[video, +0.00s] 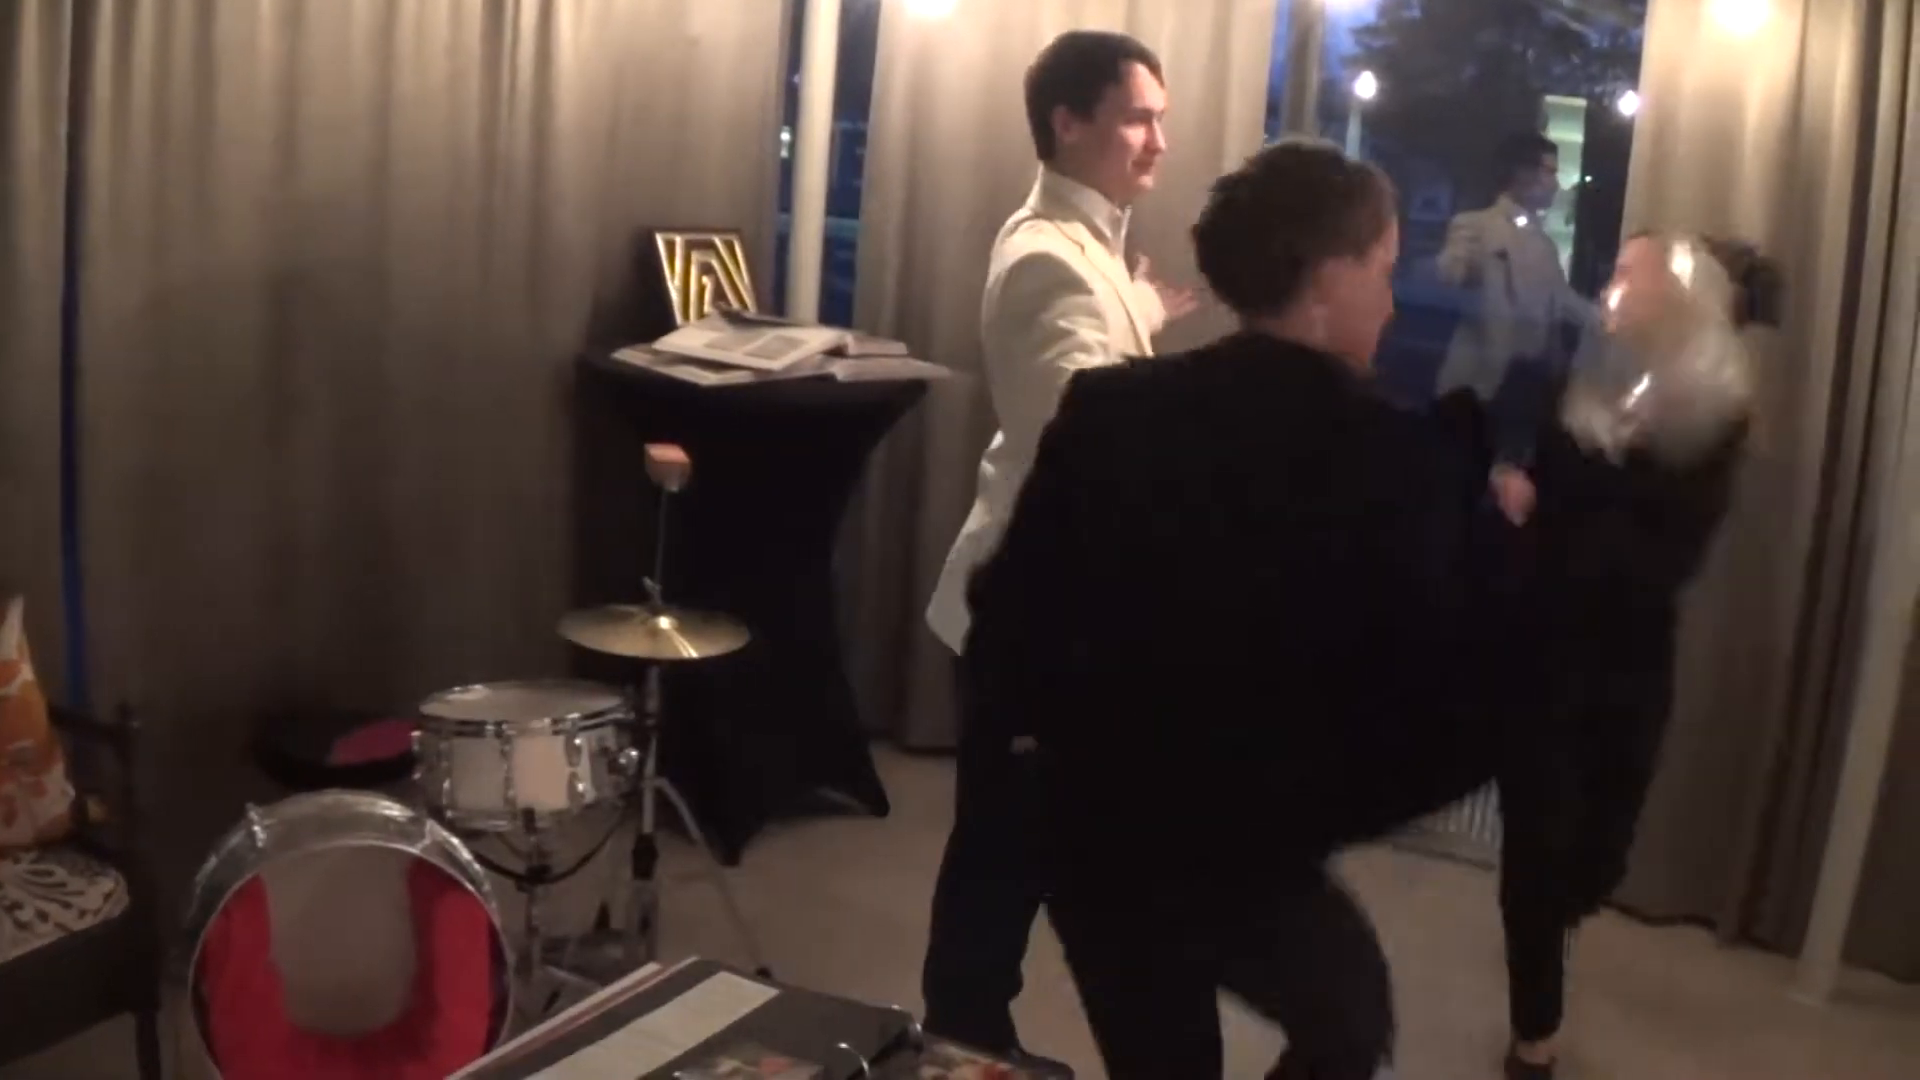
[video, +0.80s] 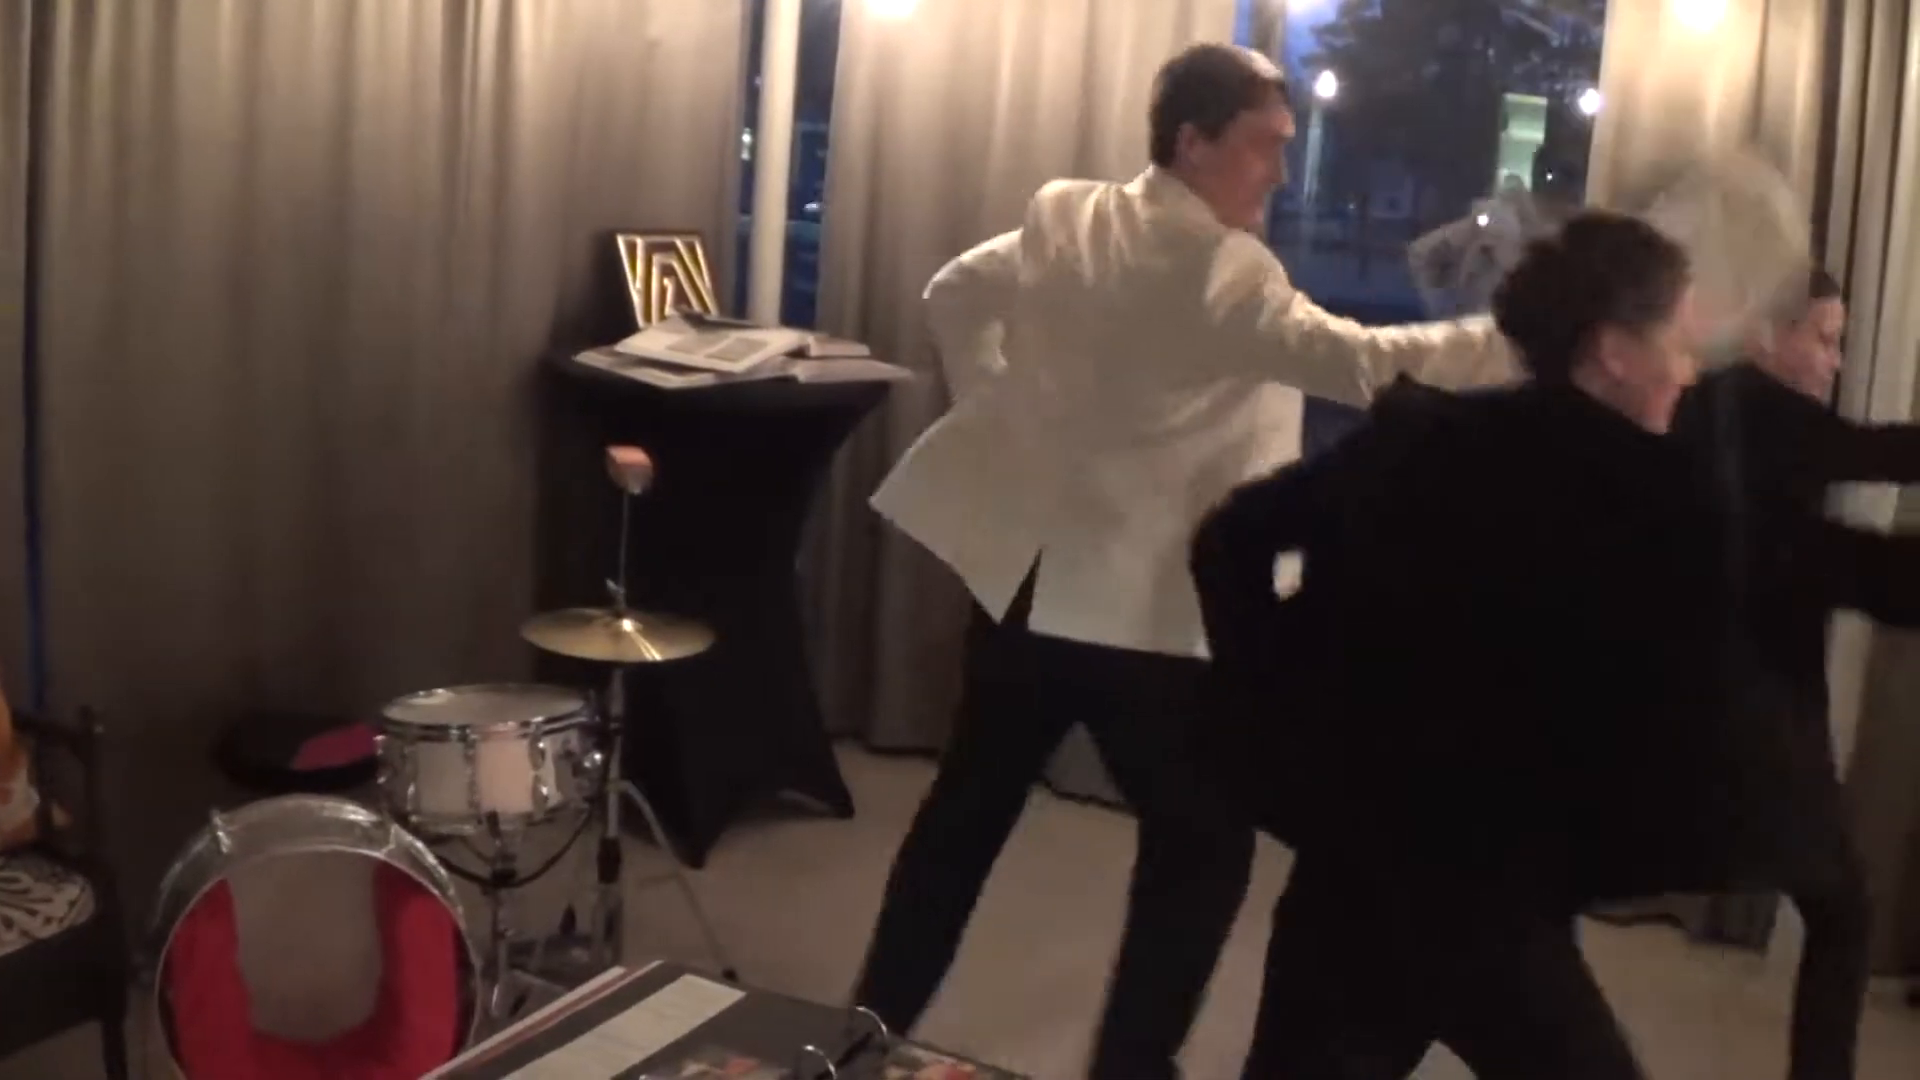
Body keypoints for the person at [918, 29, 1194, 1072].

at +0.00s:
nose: (1160, 141)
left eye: (1161, 121)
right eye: (1141, 120)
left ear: (1094, 128)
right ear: (1069, 125)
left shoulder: (1083, 238)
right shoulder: (1048, 262)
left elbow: (1106, 363)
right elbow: (1097, 444)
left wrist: (1148, 316)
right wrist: (1158, 330)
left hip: (1046, 590)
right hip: (1016, 603)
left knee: (1020, 826)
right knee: (1001, 832)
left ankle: (973, 1028)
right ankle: (968, 1035)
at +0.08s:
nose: (1158, 141)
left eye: (1161, 121)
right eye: (1140, 120)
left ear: (1084, 129)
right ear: (1068, 125)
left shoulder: (1076, 238)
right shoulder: (1055, 261)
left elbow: (1112, 405)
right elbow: (1122, 438)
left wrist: (1168, 339)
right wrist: (1174, 341)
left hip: (1037, 592)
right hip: (1025, 606)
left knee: (1013, 823)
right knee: (1004, 829)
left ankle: (967, 1026)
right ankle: (962, 1032)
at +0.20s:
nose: (1171, 141)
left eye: (1171, 121)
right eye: (1154, 120)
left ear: (1084, 130)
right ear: (1084, 126)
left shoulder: (1027, 239)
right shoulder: (1083, 262)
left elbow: (1101, 407)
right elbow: (1149, 442)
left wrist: (1172, 419)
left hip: (1011, 595)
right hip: (1051, 615)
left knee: (1002, 840)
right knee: (1016, 850)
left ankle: (953, 1037)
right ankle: (961, 1044)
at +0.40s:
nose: (1168, 152)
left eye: (1168, 127)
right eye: (1152, 124)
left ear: (1082, 144)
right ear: (1098, 134)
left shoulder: (1005, 263)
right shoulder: (1142, 281)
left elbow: (970, 406)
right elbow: (1162, 438)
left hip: (992, 595)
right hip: (1082, 610)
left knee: (1016, 835)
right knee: (1053, 853)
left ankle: (945, 1040)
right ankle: (959, 1048)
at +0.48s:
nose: (1200, 175)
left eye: (1202, 151)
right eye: (1184, 149)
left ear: (1098, 157)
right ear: (1118, 152)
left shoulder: (1011, 263)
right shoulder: (1155, 295)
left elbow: (969, 385)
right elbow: (1249, 389)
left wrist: (1043, 451)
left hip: (1005, 617)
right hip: (1089, 638)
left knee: (1016, 850)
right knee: (1055, 877)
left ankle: (959, 1045)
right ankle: (955, 1053)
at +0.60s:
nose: (1229, 183)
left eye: (1231, 162)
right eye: (1213, 161)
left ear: (1126, 167)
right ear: (1142, 161)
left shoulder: (1029, 252)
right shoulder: (1167, 291)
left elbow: (955, 339)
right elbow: (1309, 369)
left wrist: (1027, 435)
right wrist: (1400, 255)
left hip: (997, 613)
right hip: (1087, 634)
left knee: (1024, 838)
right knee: (1131, 855)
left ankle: (958, 1044)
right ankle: (988, 1051)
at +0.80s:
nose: (1281, 172)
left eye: (1284, 149)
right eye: (1268, 147)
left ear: (1182, 144)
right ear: (1192, 141)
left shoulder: (1064, 216)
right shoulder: (1228, 280)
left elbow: (952, 293)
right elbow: (1365, 363)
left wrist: (992, 418)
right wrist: (1515, 334)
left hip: (1019, 581)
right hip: (1146, 616)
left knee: (969, 801)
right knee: (1201, 843)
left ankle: (872, 1031)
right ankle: (1131, 1065)